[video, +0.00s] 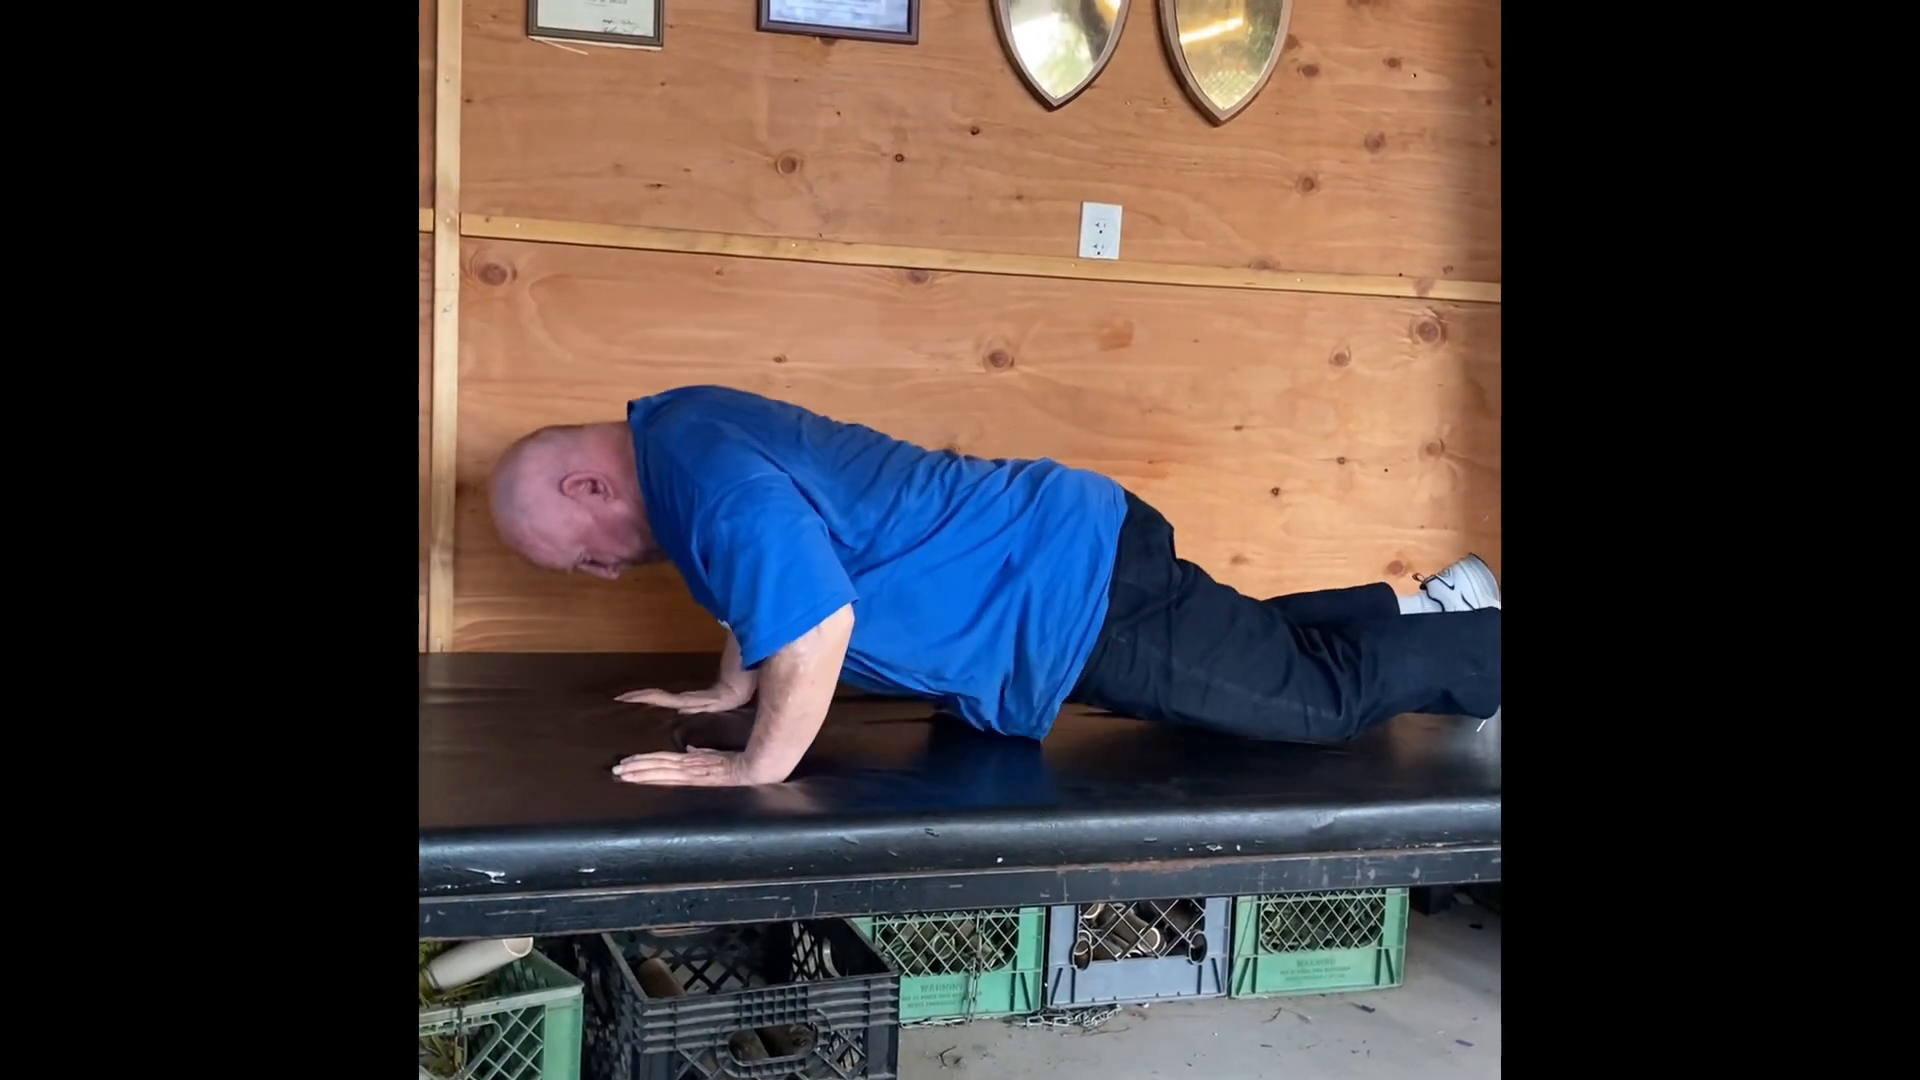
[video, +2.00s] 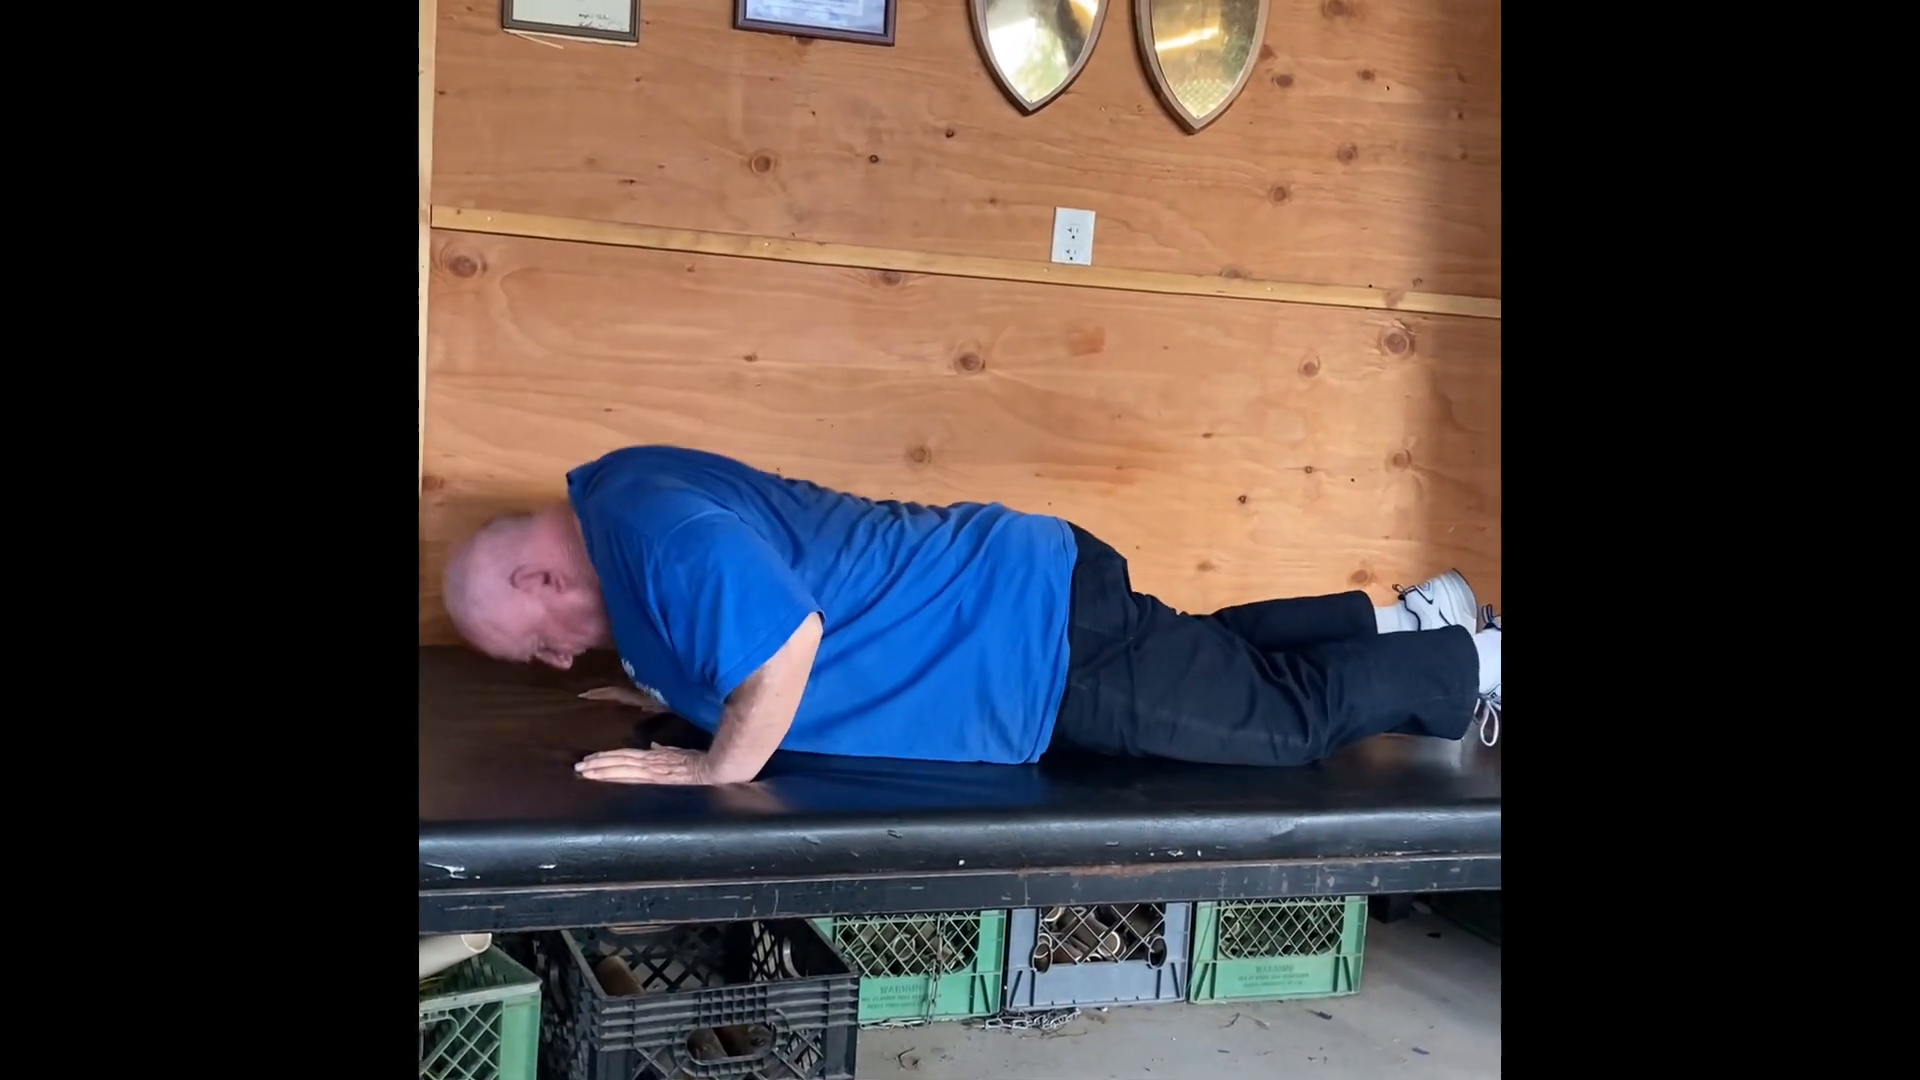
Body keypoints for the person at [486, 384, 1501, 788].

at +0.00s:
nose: (606, 552)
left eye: (584, 538)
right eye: (580, 551)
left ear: (581, 480)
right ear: (580, 479)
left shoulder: (711, 474)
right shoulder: (680, 441)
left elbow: (816, 616)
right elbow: (774, 591)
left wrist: (761, 768)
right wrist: (738, 705)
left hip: (1079, 587)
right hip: (1056, 567)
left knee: (1313, 693)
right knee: (1282, 653)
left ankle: (1483, 648)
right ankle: (1452, 607)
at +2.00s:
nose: (561, 644)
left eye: (541, 634)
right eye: (542, 642)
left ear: (543, 574)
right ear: (539, 560)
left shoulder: (661, 534)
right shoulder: (611, 513)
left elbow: (781, 636)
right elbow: (716, 635)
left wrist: (714, 772)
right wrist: (663, 690)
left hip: (1041, 634)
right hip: (1014, 615)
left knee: (1277, 726)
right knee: (1221, 666)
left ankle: (1463, 668)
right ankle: (1409, 626)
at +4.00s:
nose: (490, 689)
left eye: (471, 676)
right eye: (473, 687)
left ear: (472, 615)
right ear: (476, 617)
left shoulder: (604, 580)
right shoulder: (554, 580)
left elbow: (703, 710)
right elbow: (675, 702)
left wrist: (639, 841)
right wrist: (610, 781)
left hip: (956, 698)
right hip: (925, 733)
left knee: (1194, 796)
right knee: (1152, 757)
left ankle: (1410, 744)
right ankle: (1339, 713)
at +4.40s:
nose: (520, 559)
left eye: (506, 542)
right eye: (503, 548)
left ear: (519, 486)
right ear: (523, 466)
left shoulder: (653, 505)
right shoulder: (624, 484)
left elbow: (679, 704)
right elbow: (657, 673)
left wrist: (638, 850)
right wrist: (618, 782)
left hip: (980, 643)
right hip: (953, 647)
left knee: (1198, 765)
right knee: (1166, 731)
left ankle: (1428, 754)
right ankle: (1360, 728)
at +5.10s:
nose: (480, 694)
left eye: (460, 678)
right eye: (463, 688)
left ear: (471, 621)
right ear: (478, 625)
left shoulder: (602, 588)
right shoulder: (563, 624)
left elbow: (693, 738)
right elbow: (675, 734)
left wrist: (627, 868)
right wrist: (605, 798)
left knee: (1183, 822)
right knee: (1146, 786)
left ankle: (1404, 781)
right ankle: (1341, 744)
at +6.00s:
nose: (511, 694)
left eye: (489, 680)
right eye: (491, 692)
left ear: (496, 625)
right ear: (493, 639)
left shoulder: (624, 616)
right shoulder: (586, 605)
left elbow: (700, 766)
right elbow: (688, 728)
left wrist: (631, 888)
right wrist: (619, 805)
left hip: (970, 745)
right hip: (935, 764)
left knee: (1199, 841)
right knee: (1161, 802)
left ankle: (1415, 799)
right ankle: (1347, 762)